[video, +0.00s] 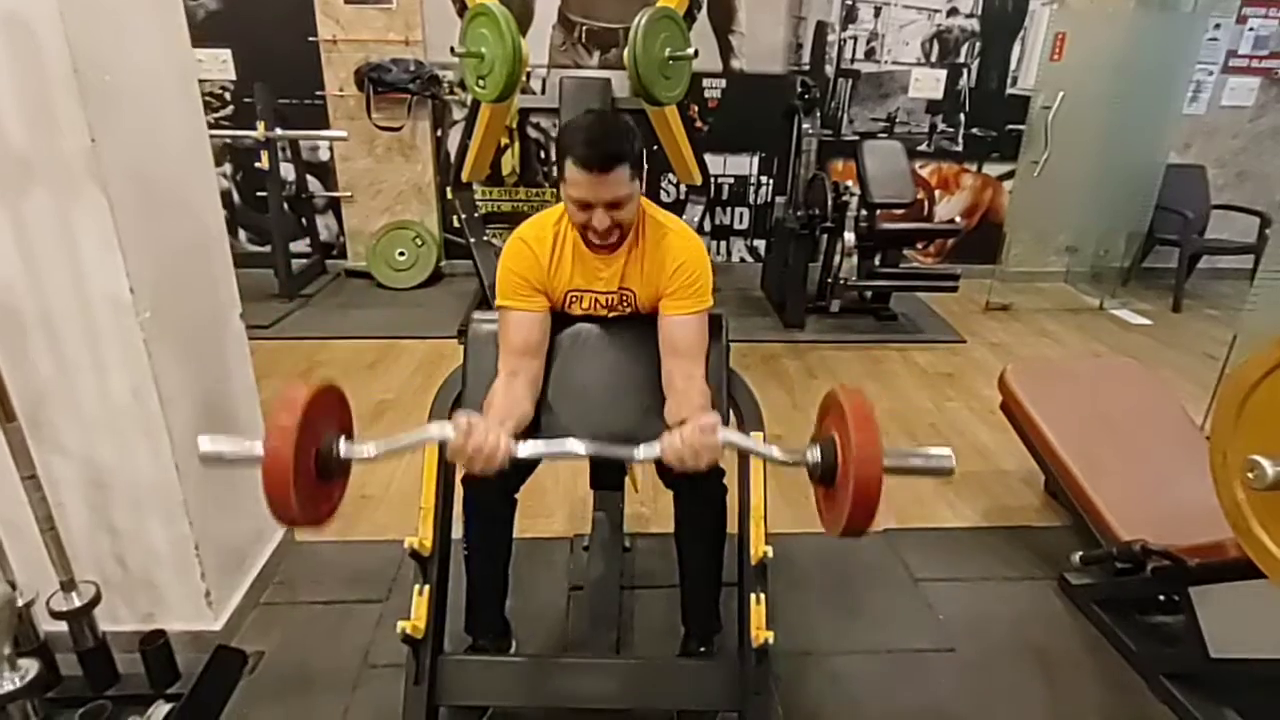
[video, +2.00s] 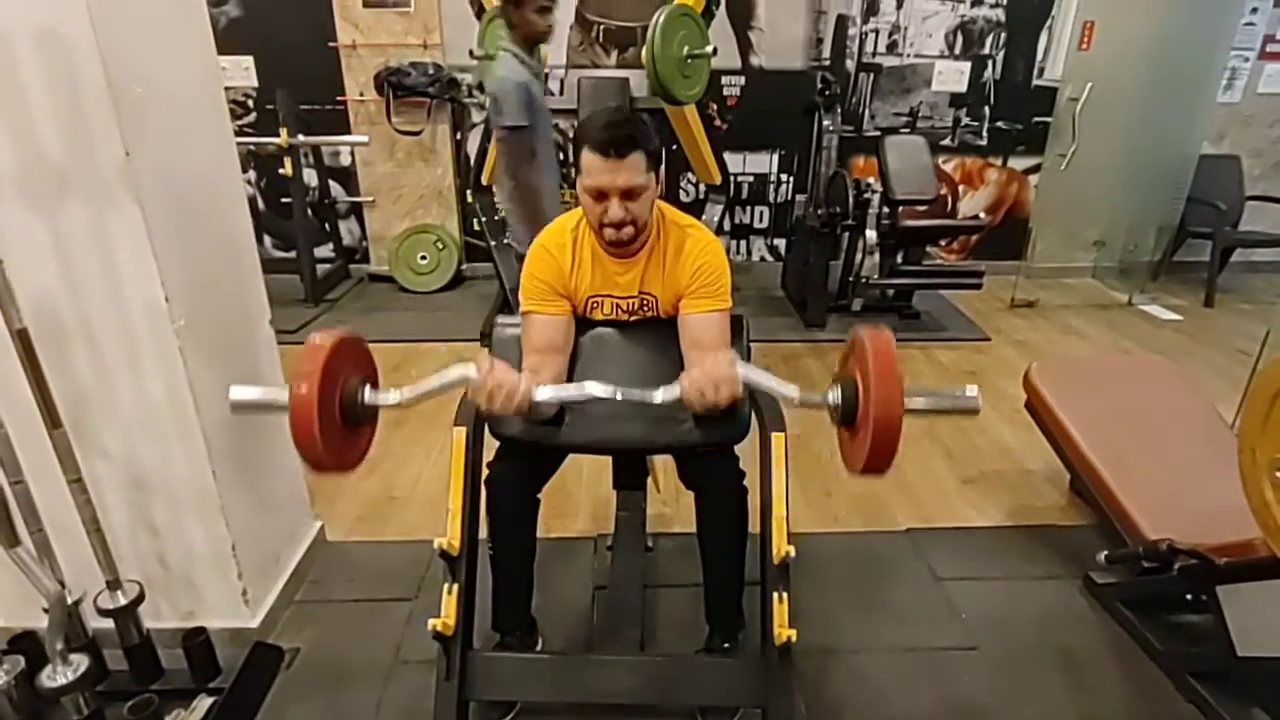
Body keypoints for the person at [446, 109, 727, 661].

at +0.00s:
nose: (600, 222)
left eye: (617, 204)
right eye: (583, 206)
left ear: (640, 184)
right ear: (562, 186)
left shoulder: (680, 251)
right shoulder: (530, 247)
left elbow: (686, 375)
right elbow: (516, 369)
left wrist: (693, 432)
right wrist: (494, 428)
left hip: (648, 391)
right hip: (556, 390)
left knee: (701, 469)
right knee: (486, 468)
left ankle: (701, 640)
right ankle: (486, 639)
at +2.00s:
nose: (617, 212)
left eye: (631, 194)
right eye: (600, 196)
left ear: (656, 183)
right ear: (577, 187)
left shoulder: (696, 249)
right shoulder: (551, 251)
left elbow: (710, 357)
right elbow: (544, 366)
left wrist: (712, 381)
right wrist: (516, 389)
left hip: (671, 392)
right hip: (579, 393)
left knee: (720, 475)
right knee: (508, 478)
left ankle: (725, 636)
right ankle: (514, 636)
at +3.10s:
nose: (629, 229)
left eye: (643, 212)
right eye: (612, 215)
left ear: (661, 191)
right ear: (583, 196)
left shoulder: (695, 248)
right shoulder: (554, 251)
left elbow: (709, 396)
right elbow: (543, 398)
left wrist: (705, 292)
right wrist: (531, 289)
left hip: (671, 389)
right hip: (579, 388)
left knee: (721, 483)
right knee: (511, 480)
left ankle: (725, 639)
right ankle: (515, 638)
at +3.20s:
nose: (644, 235)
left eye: (654, 219)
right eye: (626, 224)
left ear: (666, 198)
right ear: (590, 207)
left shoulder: (694, 250)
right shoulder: (553, 253)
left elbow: (710, 399)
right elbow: (542, 400)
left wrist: (707, 306)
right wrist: (526, 303)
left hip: (670, 385)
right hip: (579, 382)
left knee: (721, 480)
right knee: (510, 480)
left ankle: (725, 638)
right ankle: (515, 637)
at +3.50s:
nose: (652, 238)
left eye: (661, 224)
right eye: (635, 231)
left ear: (671, 199)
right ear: (593, 211)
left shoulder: (696, 249)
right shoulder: (551, 250)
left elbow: (709, 401)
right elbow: (539, 401)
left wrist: (704, 339)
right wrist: (520, 329)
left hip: (669, 391)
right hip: (576, 390)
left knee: (720, 479)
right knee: (507, 479)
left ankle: (724, 637)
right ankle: (512, 633)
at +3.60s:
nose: (649, 241)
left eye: (658, 227)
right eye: (631, 233)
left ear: (669, 200)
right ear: (590, 211)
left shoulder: (696, 249)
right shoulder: (549, 250)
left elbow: (707, 404)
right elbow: (538, 397)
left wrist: (705, 367)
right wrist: (513, 360)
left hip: (665, 383)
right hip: (576, 384)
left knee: (719, 477)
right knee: (505, 477)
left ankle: (723, 637)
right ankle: (511, 634)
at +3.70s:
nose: (647, 242)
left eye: (656, 228)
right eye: (629, 234)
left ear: (668, 201)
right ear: (590, 211)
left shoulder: (695, 248)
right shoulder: (548, 250)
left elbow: (708, 404)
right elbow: (538, 396)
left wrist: (704, 372)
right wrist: (514, 368)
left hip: (665, 387)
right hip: (576, 388)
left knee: (720, 477)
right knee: (504, 478)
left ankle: (723, 637)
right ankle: (511, 635)